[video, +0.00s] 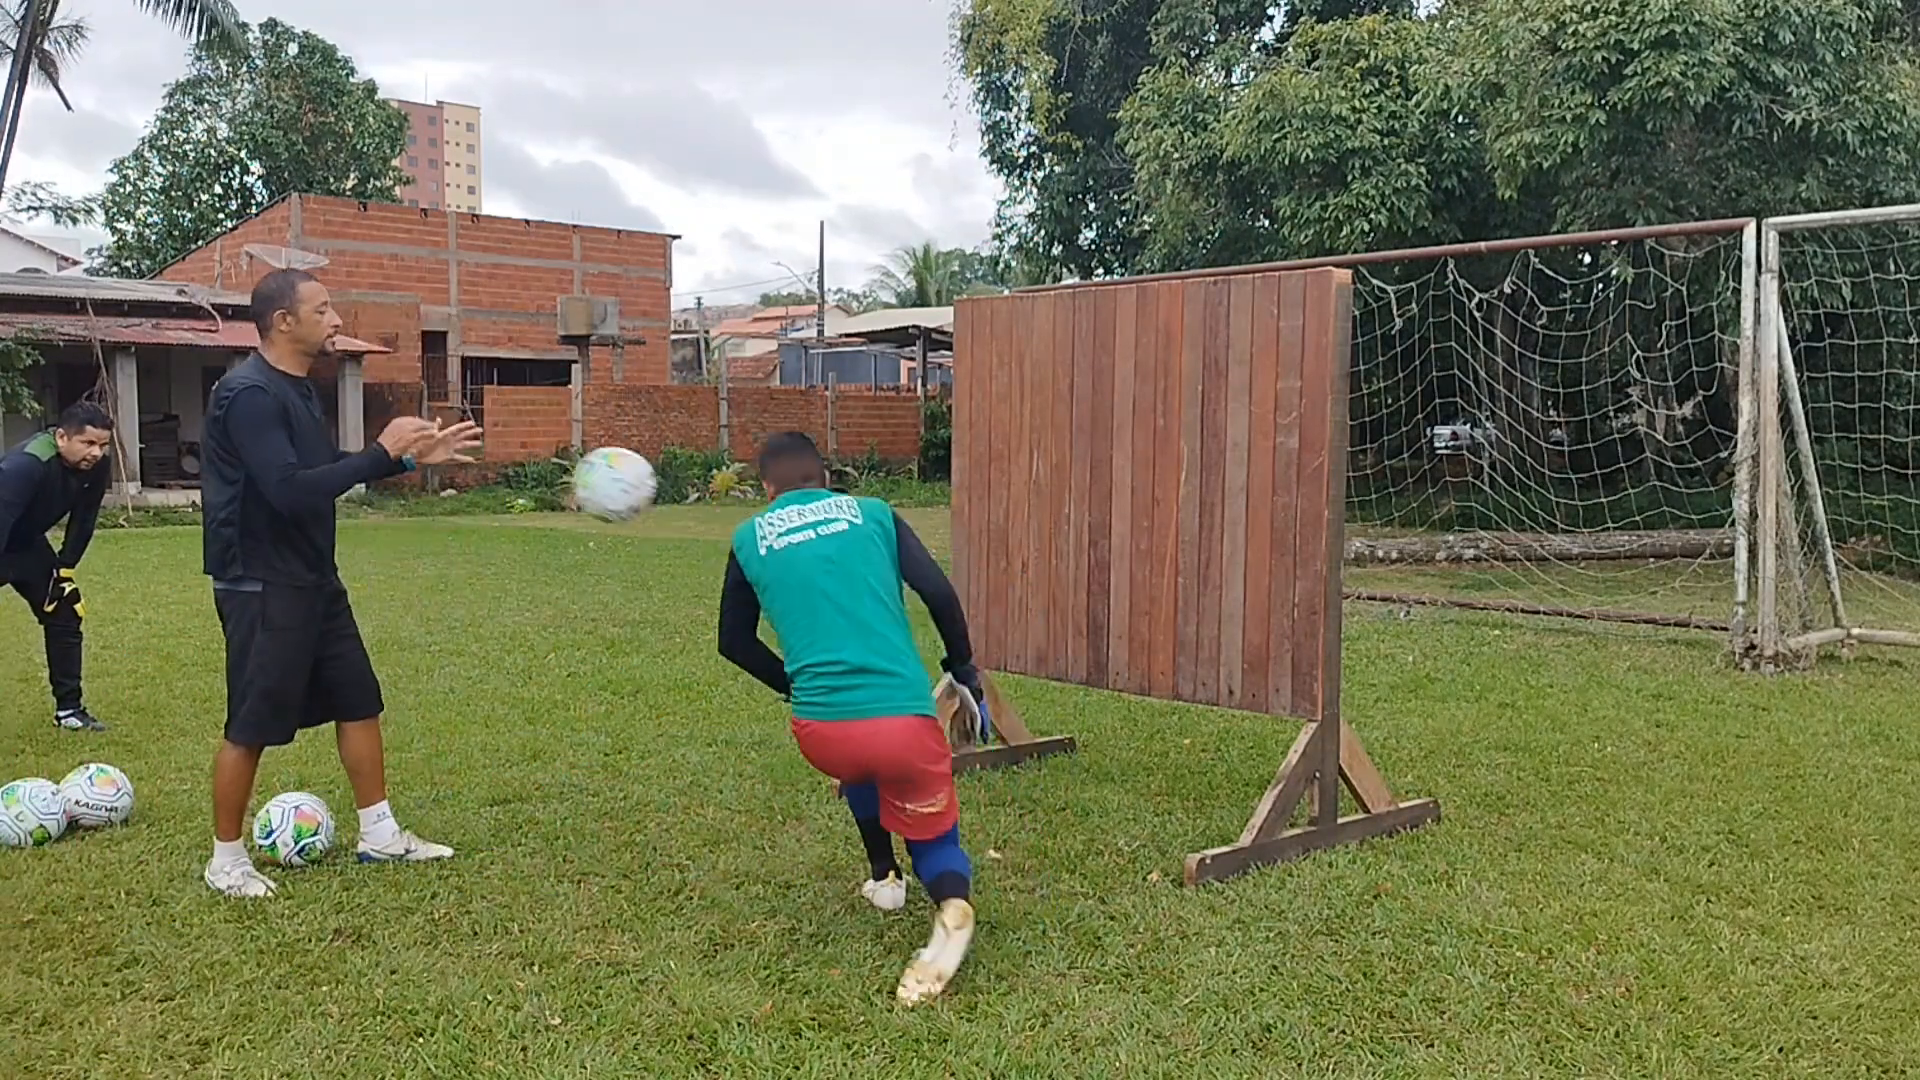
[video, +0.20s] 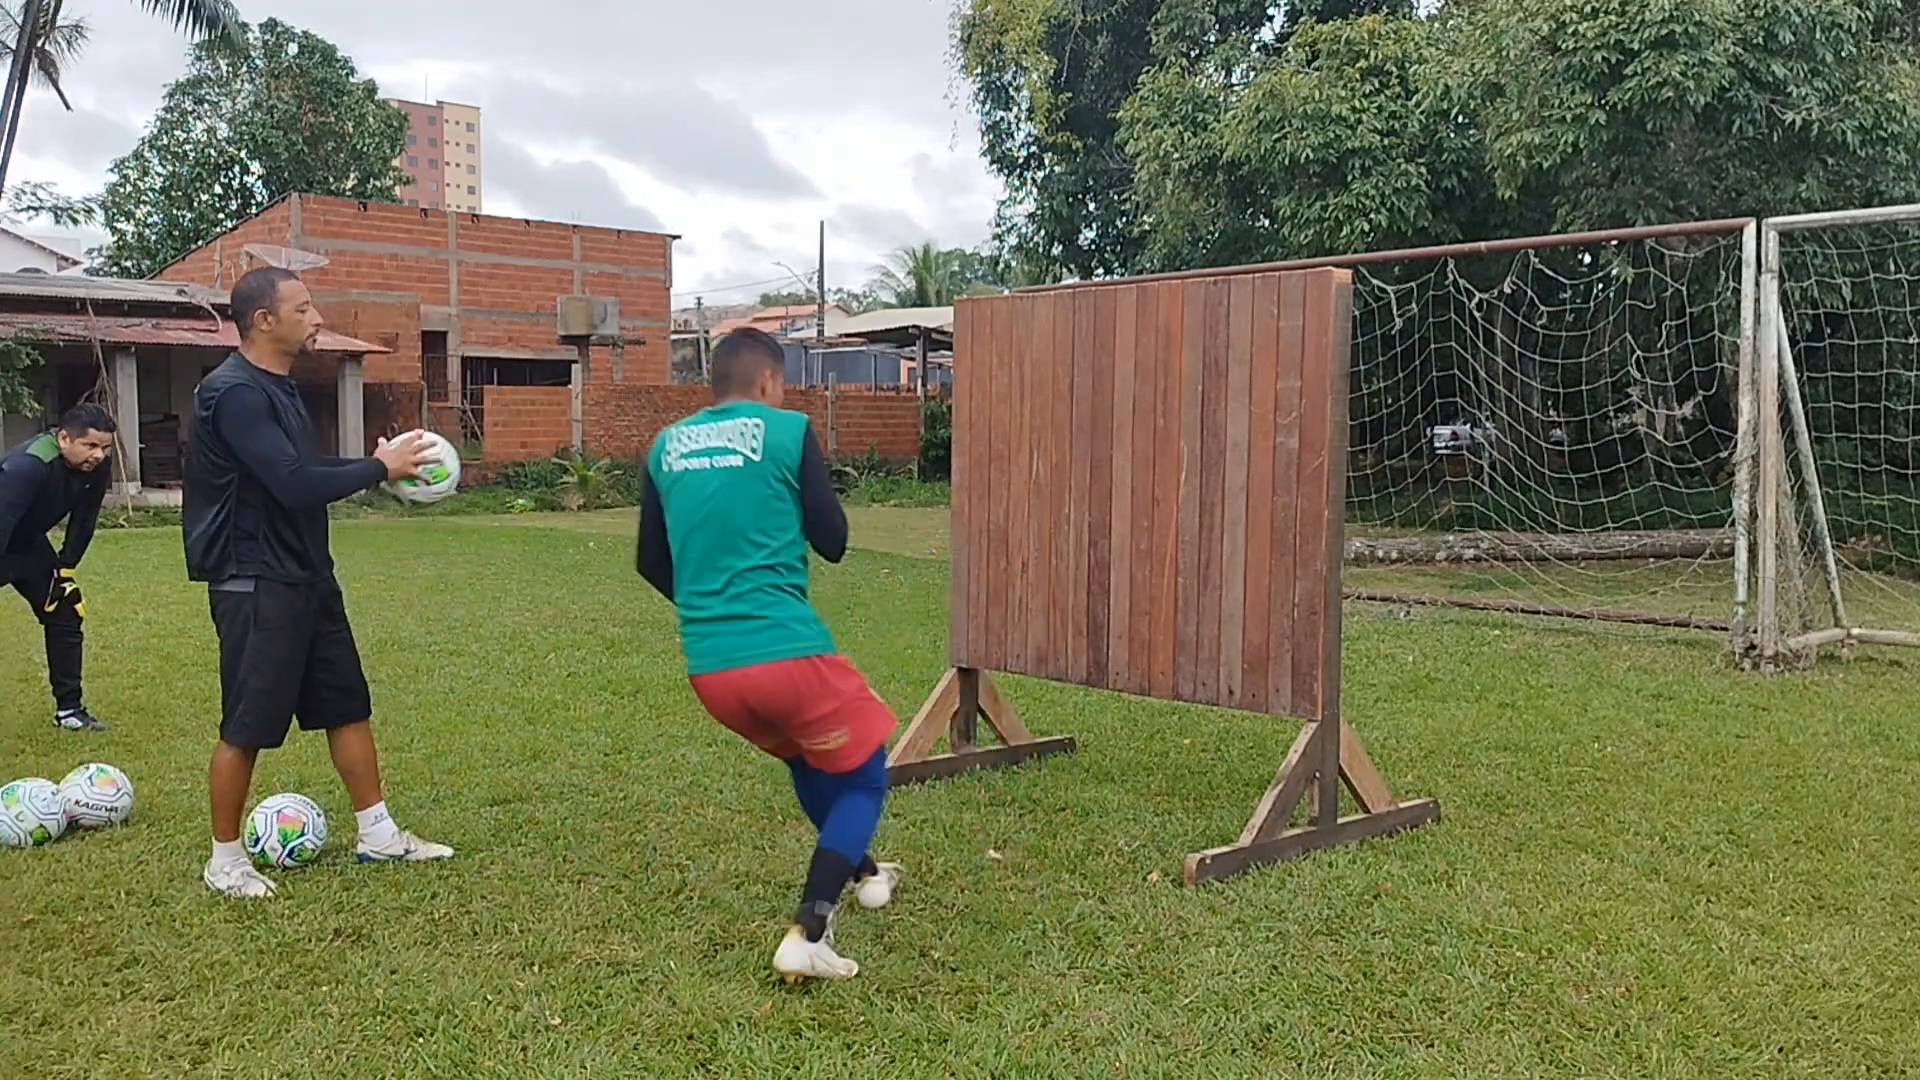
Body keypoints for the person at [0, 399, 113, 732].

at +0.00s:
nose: (96, 453)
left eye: (102, 445)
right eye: (89, 443)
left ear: (108, 445)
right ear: (62, 438)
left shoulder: (96, 463)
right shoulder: (25, 467)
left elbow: (84, 519)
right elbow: (5, 526)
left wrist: (66, 570)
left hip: (23, 542)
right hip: (4, 543)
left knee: (64, 611)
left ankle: (69, 709)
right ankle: (68, 709)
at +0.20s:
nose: (98, 455)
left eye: (104, 448)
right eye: (91, 446)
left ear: (110, 446)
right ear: (64, 439)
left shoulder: (97, 465)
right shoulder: (27, 468)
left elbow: (84, 519)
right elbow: (7, 528)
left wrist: (66, 568)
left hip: (25, 541)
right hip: (5, 542)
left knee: (64, 611)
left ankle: (69, 709)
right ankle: (68, 709)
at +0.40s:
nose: (100, 456)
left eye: (106, 449)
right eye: (92, 447)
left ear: (112, 447)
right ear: (66, 440)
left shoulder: (98, 465)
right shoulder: (29, 468)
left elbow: (85, 519)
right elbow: (6, 528)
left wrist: (67, 567)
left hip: (24, 539)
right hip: (2, 541)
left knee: (64, 610)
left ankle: (70, 709)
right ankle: (68, 709)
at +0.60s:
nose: (100, 457)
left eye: (106, 449)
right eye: (92, 447)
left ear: (112, 448)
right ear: (66, 440)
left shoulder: (97, 467)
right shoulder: (30, 468)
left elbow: (85, 520)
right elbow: (6, 528)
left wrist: (67, 568)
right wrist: (8, 574)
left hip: (24, 539)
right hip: (1, 540)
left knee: (64, 610)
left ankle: (70, 709)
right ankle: (68, 709)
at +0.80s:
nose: (98, 458)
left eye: (105, 451)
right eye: (91, 447)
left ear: (111, 449)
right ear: (66, 439)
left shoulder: (99, 465)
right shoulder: (31, 467)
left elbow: (85, 520)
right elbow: (5, 526)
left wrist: (67, 568)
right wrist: (6, 575)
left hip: (25, 539)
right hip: (3, 538)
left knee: (64, 610)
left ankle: (69, 704)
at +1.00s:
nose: (98, 457)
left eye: (105, 450)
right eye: (91, 447)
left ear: (111, 448)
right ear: (65, 439)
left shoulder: (100, 465)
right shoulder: (31, 466)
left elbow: (85, 520)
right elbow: (4, 528)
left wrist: (67, 569)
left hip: (25, 537)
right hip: (2, 534)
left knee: (63, 607)